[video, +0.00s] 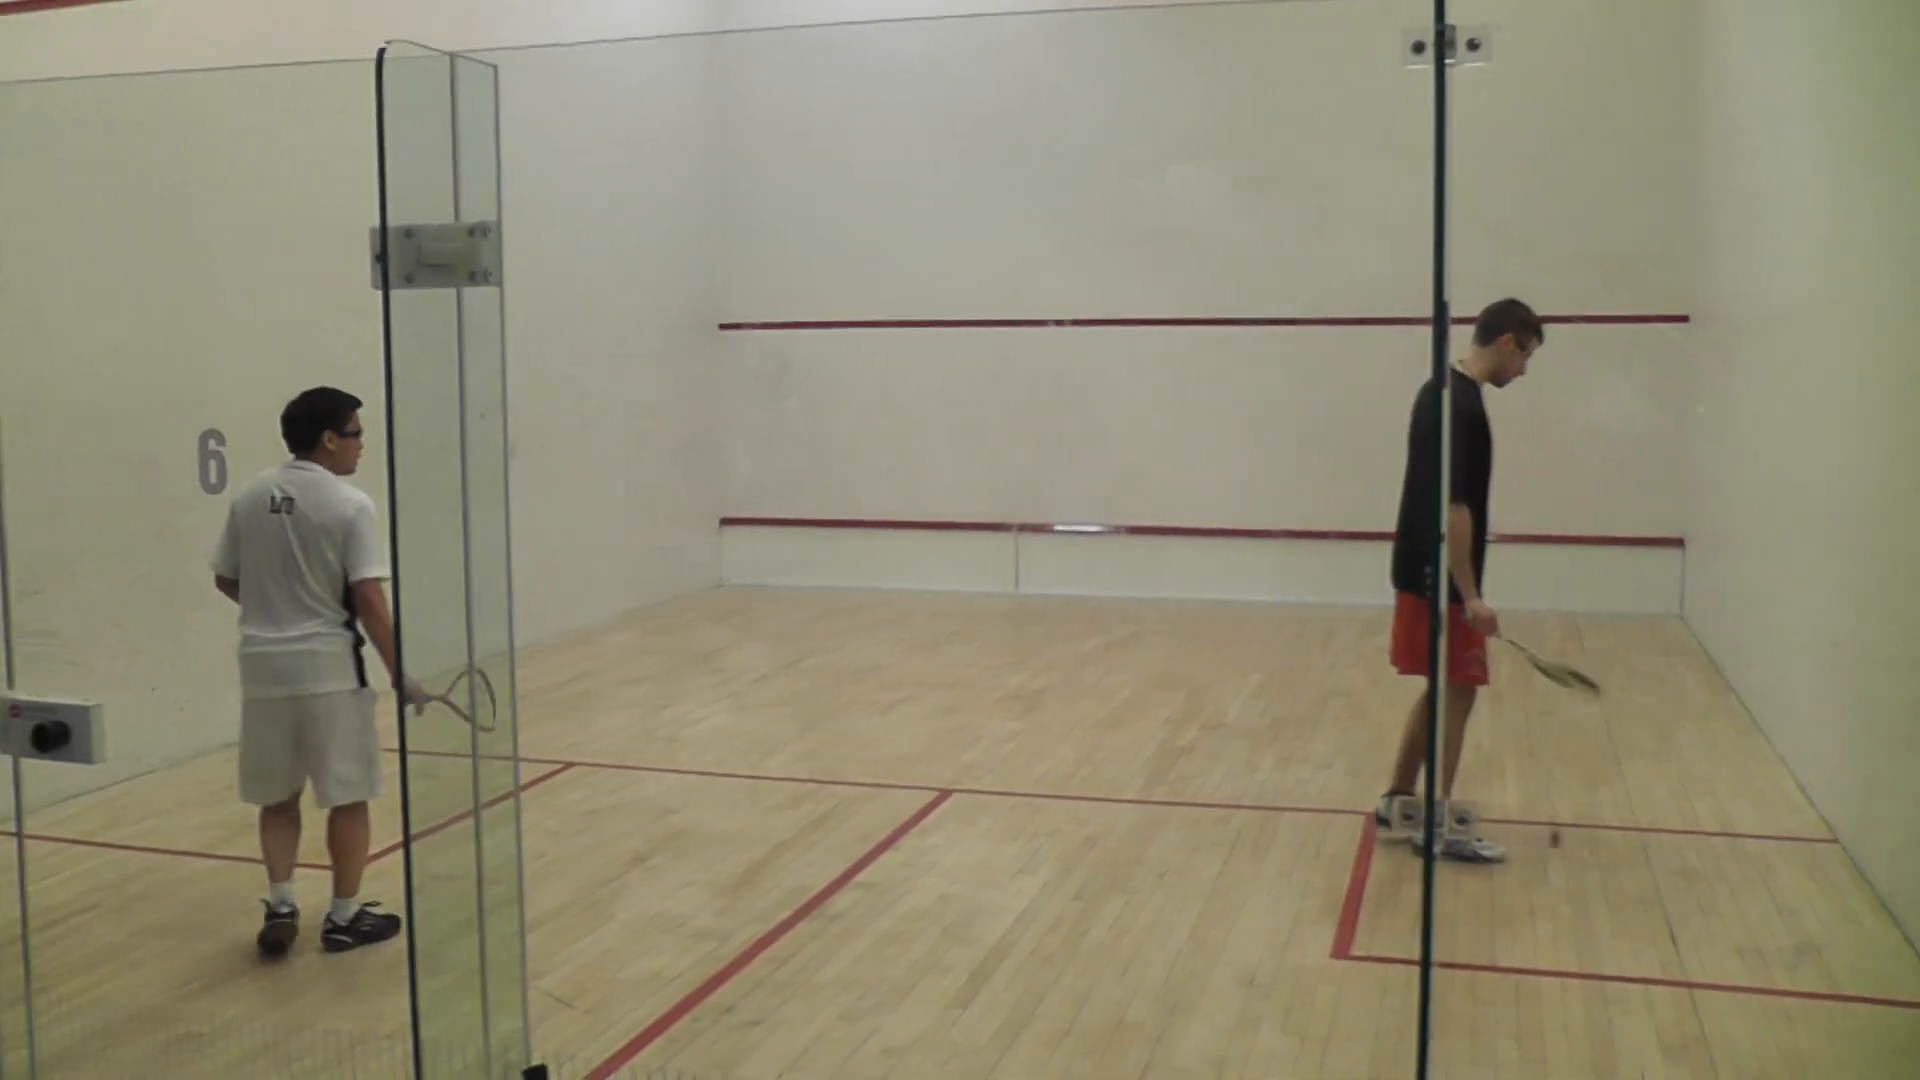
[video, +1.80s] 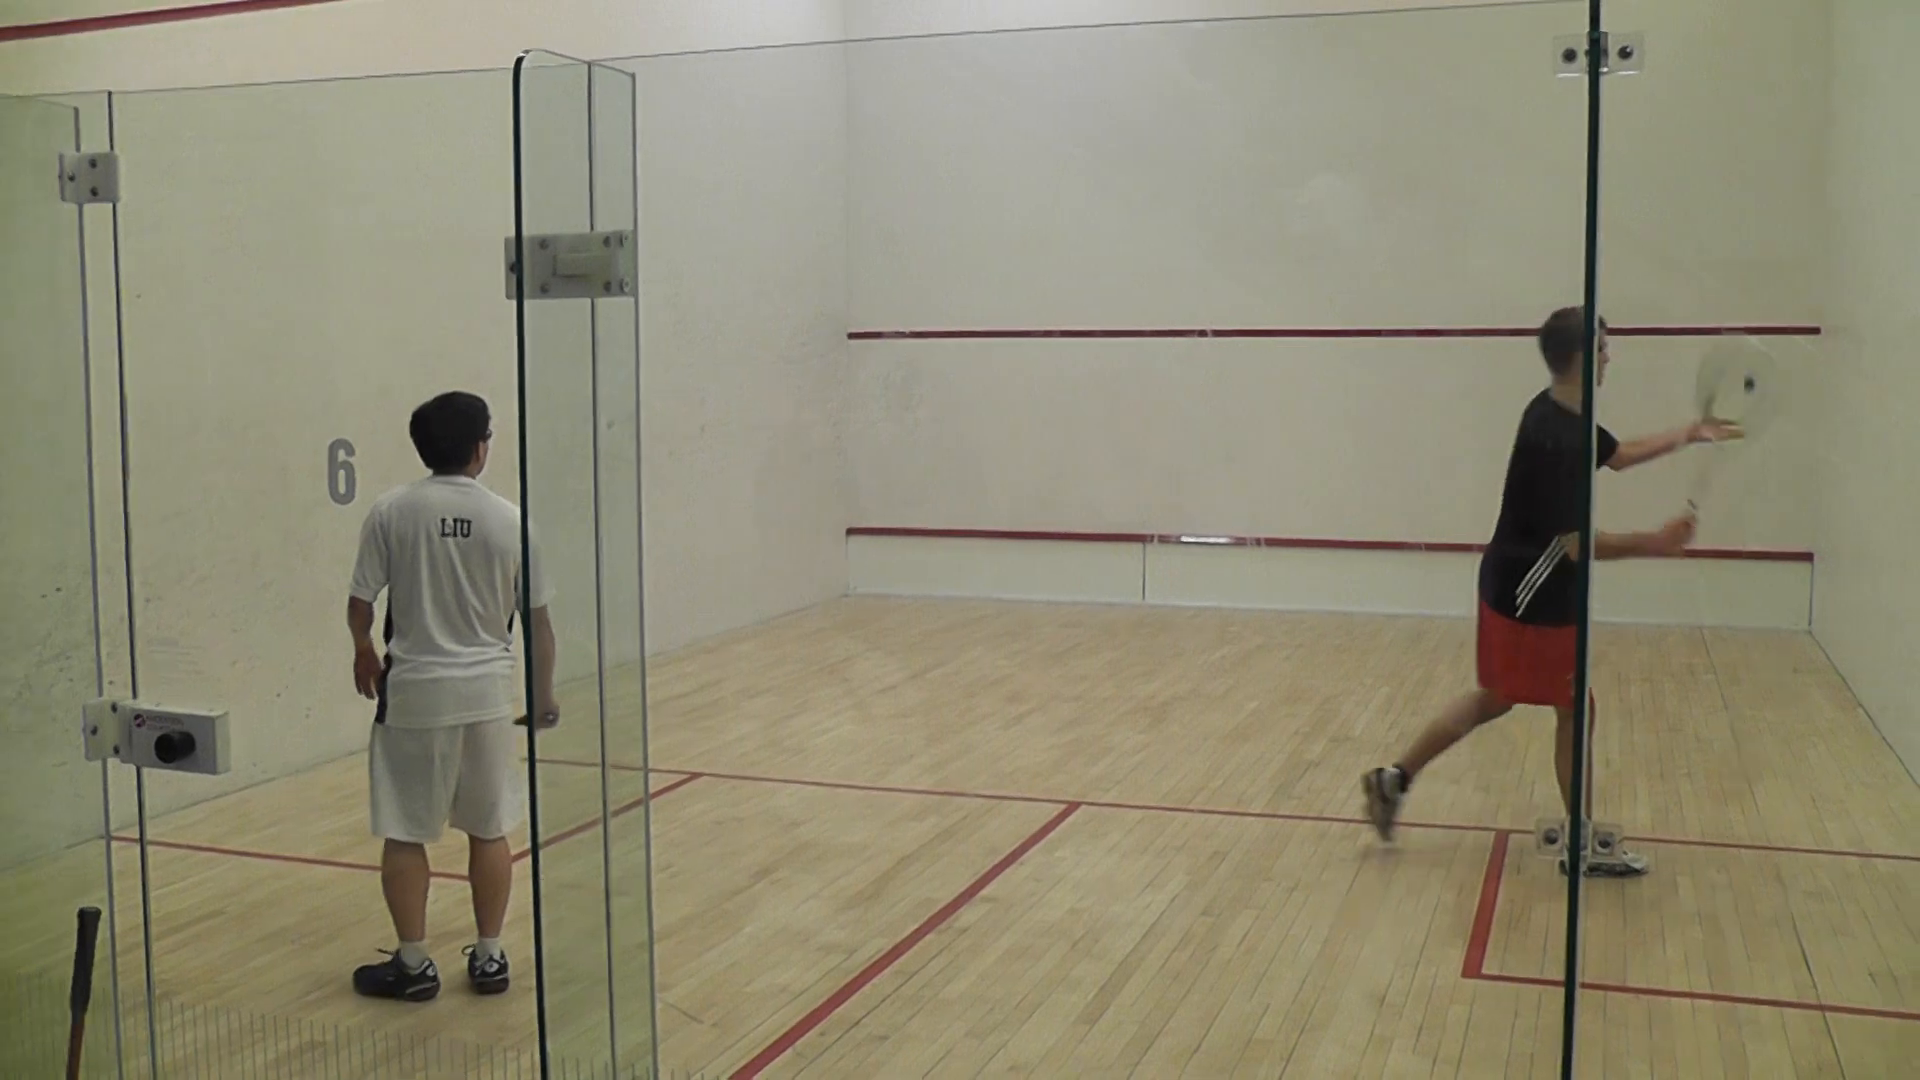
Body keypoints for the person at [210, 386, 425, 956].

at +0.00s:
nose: (361, 444)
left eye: (360, 433)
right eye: (355, 434)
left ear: (300, 440)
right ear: (325, 440)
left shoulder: (249, 495)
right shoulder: (350, 504)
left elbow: (226, 578)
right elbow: (366, 599)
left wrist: (278, 606)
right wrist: (401, 674)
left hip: (262, 674)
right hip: (331, 674)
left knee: (278, 794)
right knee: (350, 793)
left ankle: (280, 905)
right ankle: (345, 914)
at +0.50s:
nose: (393, 442)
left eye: (391, 431)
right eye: (389, 432)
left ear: (329, 439)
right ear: (371, 439)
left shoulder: (289, 508)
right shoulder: (410, 504)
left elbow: (269, 599)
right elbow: (440, 596)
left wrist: (305, 629)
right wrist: (455, 667)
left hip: (329, 691)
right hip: (403, 684)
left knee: (337, 822)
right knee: (416, 812)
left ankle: (350, 953)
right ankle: (432, 936)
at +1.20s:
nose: (478, 440)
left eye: (476, 430)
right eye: (476, 432)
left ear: (413, 439)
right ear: (464, 441)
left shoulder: (372, 500)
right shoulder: (495, 510)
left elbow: (341, 586)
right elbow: (522, 607)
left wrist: (360, 628)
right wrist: (534, 680)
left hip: (397, 694)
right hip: (472, 693)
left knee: (394, 823)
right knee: (474, 821)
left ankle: (396, 954)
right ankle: (476, 946)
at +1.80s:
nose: (490, 447)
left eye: (487, 437)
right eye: (488, 439)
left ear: (423, 449)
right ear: (479, 450)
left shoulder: (390, 513)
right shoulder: (509, 519)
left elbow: (360, 602)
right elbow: (539, 618)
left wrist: (363, 654)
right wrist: (545, 692)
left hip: (413, 704)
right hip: (490, 701)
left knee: (404, 832)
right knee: (490, 829)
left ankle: (412, 963)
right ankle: (489, 955)